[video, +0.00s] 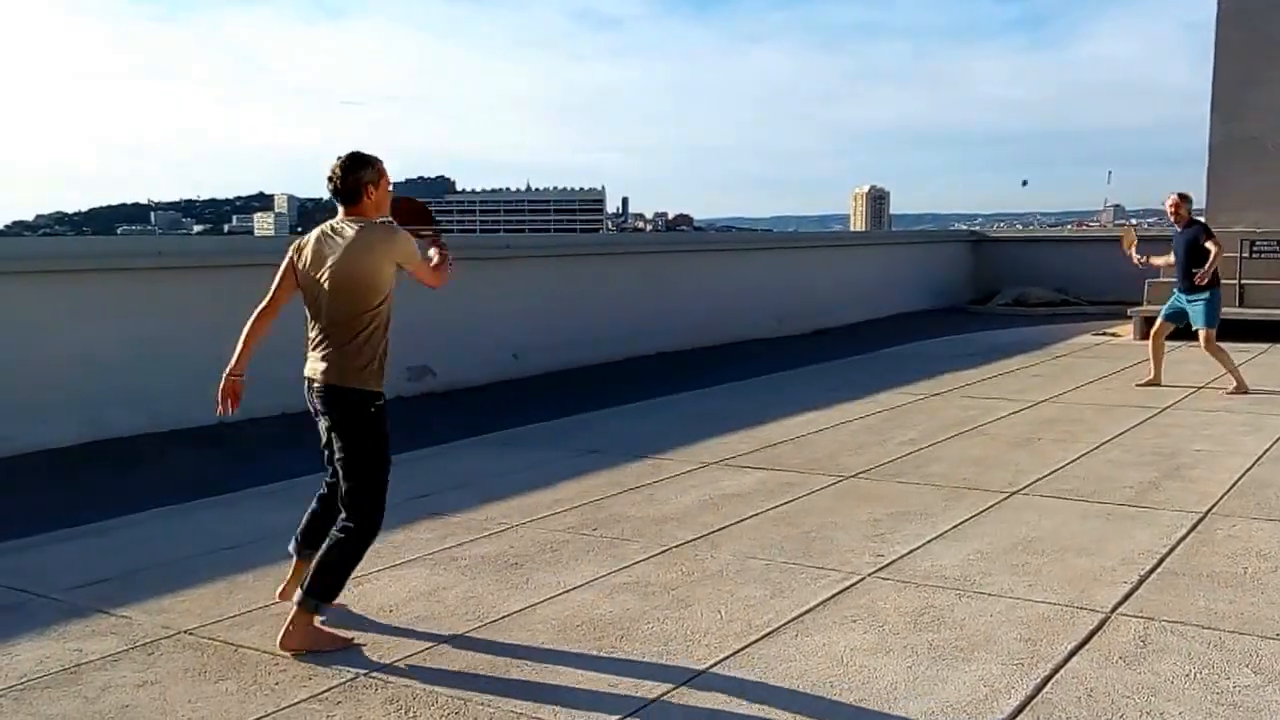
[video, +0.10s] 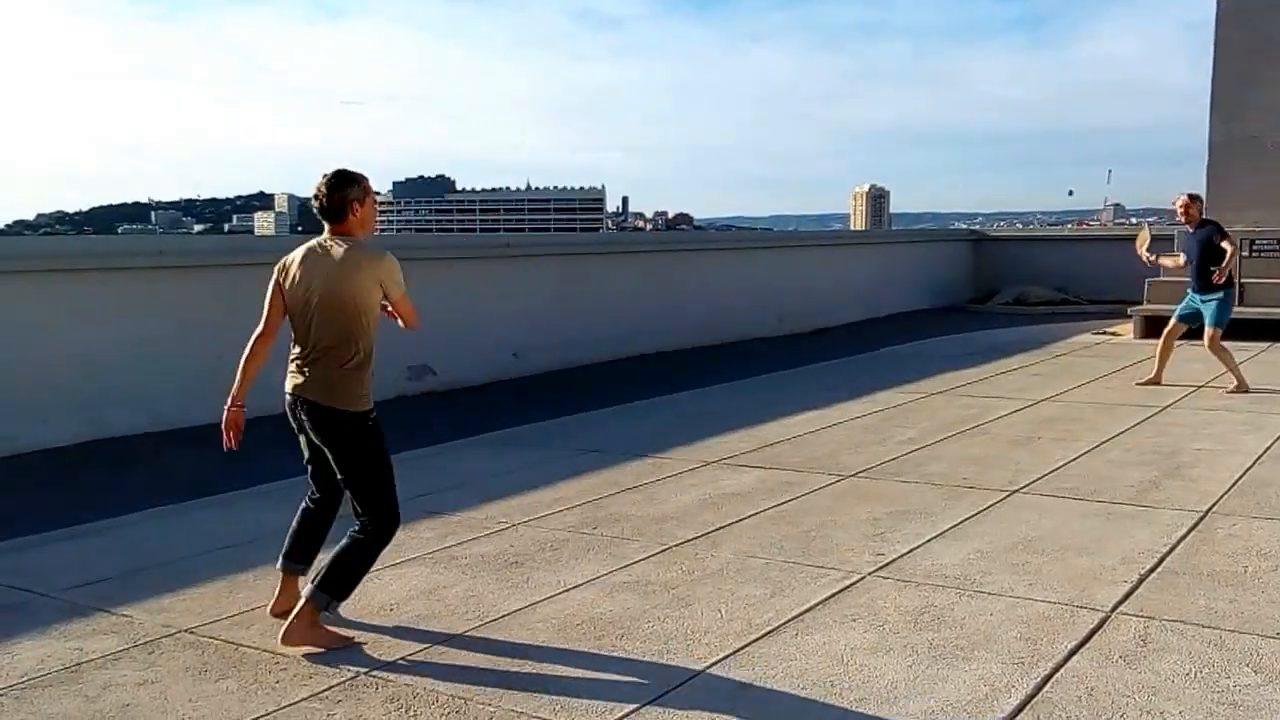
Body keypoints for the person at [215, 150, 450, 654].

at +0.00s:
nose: (391, 189)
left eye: (387, 181)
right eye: (386, 182)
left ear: (345, 194)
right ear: (371, 190)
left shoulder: (308, 243)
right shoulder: (387, 235)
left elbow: (267, 309)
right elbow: (433, 276)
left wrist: (235, 368)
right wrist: (438, 258)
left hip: (317, 386)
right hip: (356, 394)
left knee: (336, 486)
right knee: (362, 515)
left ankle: (296, 581)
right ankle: (301, 626)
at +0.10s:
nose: (377, 208)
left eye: (374, 200)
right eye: (372, 201)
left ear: (332, 211)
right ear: (355, 208)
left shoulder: (292, 262)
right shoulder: (376, 261)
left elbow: (264, 334)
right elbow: (409, 319)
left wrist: (236, 397)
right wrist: (385, 304)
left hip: (299, 401)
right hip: (345, 408)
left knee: (323, 492)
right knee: (380, 517)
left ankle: (286, 592)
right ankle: (306, 620)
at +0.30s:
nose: (366, 196)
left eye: (363, 186)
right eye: (361, 187)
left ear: (319, 195)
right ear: (342, 194)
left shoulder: (282, 243)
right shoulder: (352, 247)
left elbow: (247, 316)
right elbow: (369, 327)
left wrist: (262, 375)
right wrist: (377, 358)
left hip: (289, 386)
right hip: (328, 393)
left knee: (318, 489)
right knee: (364, 502)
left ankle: (286, 590)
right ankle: (305, 614)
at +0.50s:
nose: (364, 175)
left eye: (361, 166)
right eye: (360, 167)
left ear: (323, 176)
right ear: (341, 176)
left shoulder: (303, 221)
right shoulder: (324, 231)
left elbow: (307, 314)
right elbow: (321, 320)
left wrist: (350, 363)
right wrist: (366, 368)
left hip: (289, 366)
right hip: (308, 372)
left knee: (300, 470)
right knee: (346, 487)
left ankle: (262, 563)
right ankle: (320, 610)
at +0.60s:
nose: (359, 186)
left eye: (355, 179)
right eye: (352, 180)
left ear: (327, 192)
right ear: (334, 192)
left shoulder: (332, 241)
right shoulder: (301, 251)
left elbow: (350, 312)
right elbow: (283, 340)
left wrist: (406, 347)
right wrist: (334, 390)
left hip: (308, 386)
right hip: (294, 391)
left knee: (295, 483)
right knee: (354, 494)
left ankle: (248, 574)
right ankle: (321, 615)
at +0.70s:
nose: (349, 187)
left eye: (345, 180)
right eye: (342, 182)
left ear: (319, 196)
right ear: (324, 195)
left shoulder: (342, 247)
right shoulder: (285, 255)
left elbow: (394, 293)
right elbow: (252, 340)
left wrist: (455, 319)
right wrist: (299, 395)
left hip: (311, 386)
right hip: (284, 390)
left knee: (294, 483)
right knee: (356, 482)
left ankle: (245, 577)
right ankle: (322, 603)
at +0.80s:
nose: (335, 183)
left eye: (330, 176)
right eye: (328, 178)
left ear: (310, 196)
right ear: (309, 195)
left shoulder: (338, 235)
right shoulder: (267, 259)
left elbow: (406, 260)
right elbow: (226, 336)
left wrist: (475, 272)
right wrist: (275, 379)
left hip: (317, 382)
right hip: (287, 389)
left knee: (295, 481)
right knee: (356, 482)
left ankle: (245, 575)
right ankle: (316, 608)